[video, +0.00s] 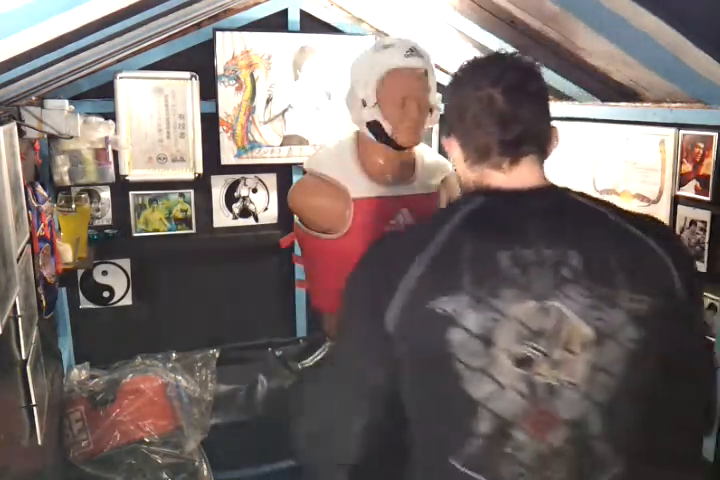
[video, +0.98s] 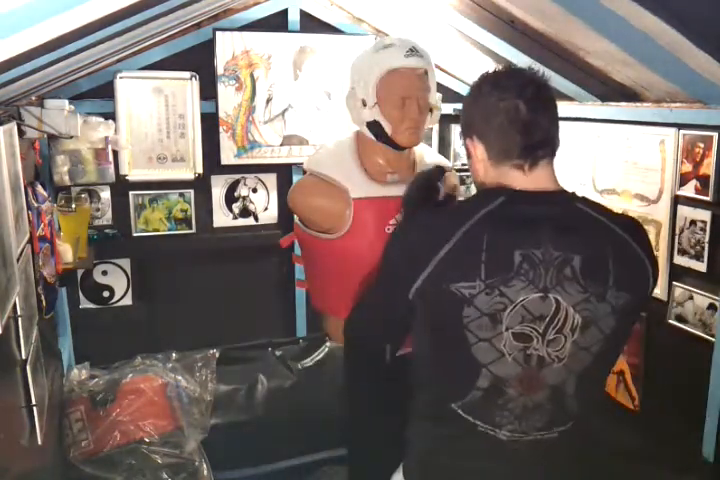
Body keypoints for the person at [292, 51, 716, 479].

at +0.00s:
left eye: (437, 132)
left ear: (451, 147)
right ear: (551, 139)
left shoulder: (396, 265)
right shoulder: (655, 249)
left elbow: (336, 445)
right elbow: (689, 423)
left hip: (453, 470)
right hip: (618, 472)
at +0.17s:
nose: (436, 133)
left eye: (436, 122)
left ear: (449, 136)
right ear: (548, 133)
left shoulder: (387, 245)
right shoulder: (638, 241)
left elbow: (326, 385)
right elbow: (658, 403)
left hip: (439, 467)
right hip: (591, 469)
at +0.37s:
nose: (463, 134)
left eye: (464, 123)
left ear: (474, 134)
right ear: (565, 129)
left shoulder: (427, 237)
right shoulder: (647, 231)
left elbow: (358, 378)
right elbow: (672, 389)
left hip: (466, 460)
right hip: (603, 462)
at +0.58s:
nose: (491, 150)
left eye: (491, 137)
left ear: (500, 140)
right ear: (583, 133)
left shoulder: (474, 242)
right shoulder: (661, 239)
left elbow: (421, 412)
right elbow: (670, 397)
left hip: (501, 464)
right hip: (624, 464)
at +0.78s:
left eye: (474, 139)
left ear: (485, 149)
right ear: (565, 140)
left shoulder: (448, 231)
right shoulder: (636, 234)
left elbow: (371, 373)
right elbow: (635, 351)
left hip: (465, 458)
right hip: (590, 458)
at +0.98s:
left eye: (465, 144)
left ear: (475, 152)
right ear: (553, 142)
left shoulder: (433, 234)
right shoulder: (628, 244)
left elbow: (365, 337)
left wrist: (374, 460)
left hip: (450, 458)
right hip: (565, 461)